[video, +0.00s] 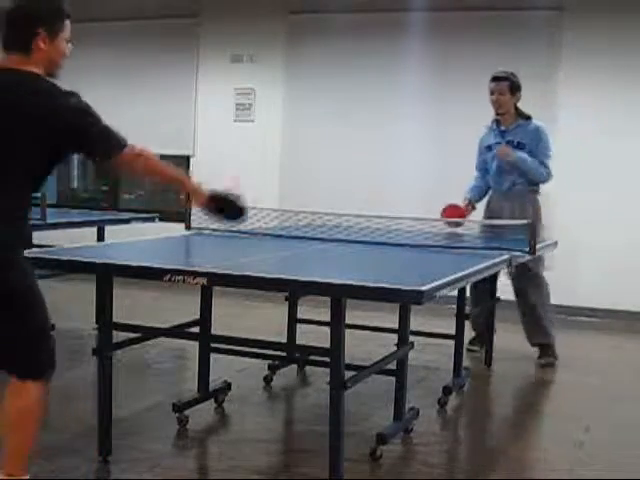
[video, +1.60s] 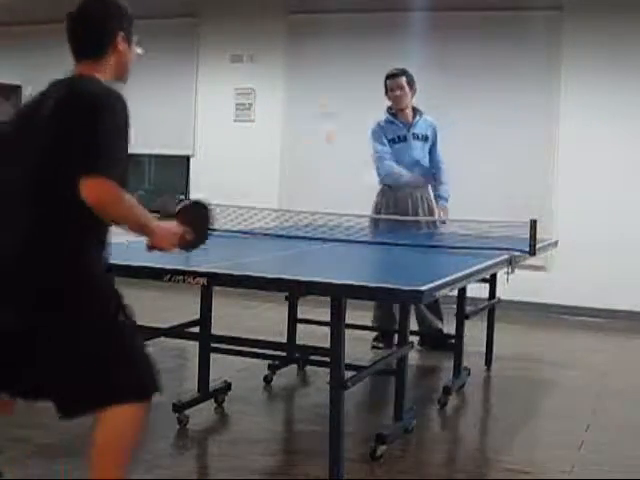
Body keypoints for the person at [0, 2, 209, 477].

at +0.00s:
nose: (67, 51)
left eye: (69, 41)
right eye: (65, 41)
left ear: (15, 39)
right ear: (40, 41)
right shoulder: (52, 102)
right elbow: (126, 158)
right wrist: (190, 187)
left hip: (5, 253)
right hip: (3, 254)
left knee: (24, 360)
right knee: (30, 364)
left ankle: (11, 468)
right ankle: (11, 472)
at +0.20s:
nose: (81, 36)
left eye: (81, 25)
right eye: (79, 25)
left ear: (22, 25)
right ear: (59, 29)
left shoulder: (4, 70)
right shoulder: (73, 92)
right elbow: (110, 161)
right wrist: (137, 158)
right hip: (22, 255)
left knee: (21, 374)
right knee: (31, 379)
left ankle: (14, 467)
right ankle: (15, 473)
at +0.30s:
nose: (76, 33)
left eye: (77, 23)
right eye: (75, 22)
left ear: (22, 19)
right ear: (59, 23)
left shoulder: (2, 66)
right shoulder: (73, 89)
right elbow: (81, 173)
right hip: (26, 247)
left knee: (21, 367)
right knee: (28, 372)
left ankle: (15, 465)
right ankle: (17, 471)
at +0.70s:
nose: (70, 25)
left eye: (70, 17)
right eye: (70, 16)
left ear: (10, 15)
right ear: (58, 15)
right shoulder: (60, 71)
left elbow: (108, 133)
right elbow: (109, 133)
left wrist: (105, 195)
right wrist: (110, 195)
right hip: (18, 236)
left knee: (34, 359)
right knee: (36, 363)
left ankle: (13, 465)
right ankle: (13, 468)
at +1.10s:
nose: (80, 43)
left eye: (78, 34)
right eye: (79, 34)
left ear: (23, 34)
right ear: (68, 35)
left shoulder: (3, 78)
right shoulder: (62, 86)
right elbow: (69, 164)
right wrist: (104, 205)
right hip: (19, 258)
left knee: (28, 373)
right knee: (45, 380)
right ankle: (10, 471)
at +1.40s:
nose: (101, 40)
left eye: (101, 30)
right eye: (101, 30)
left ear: (44, 31)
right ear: (90, 32)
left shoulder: (12, 79)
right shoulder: (73, 84)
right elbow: (58, 164)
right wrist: (101, 213)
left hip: (7, 253)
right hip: (30, 259)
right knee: (94, 361)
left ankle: (80, 457)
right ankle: (79, 471)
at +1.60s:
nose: (134, 54)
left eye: (134, 44)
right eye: (133, 44)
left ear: (75, 45)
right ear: (118, 44)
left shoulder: (37, 105)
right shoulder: (103, 101)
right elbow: (98, 189)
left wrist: (135, 215)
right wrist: (153, 228)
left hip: (13, 275)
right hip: (69, 281)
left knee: (7, 386)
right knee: (130, 391)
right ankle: (105, 473)